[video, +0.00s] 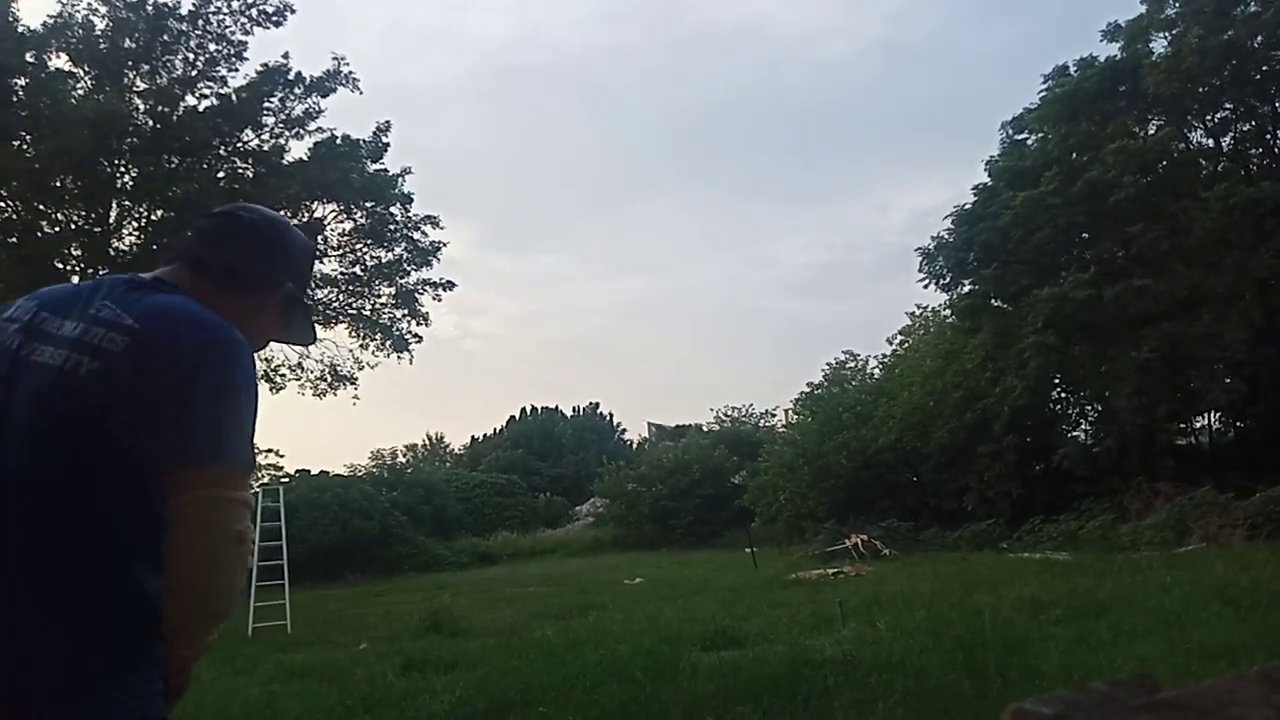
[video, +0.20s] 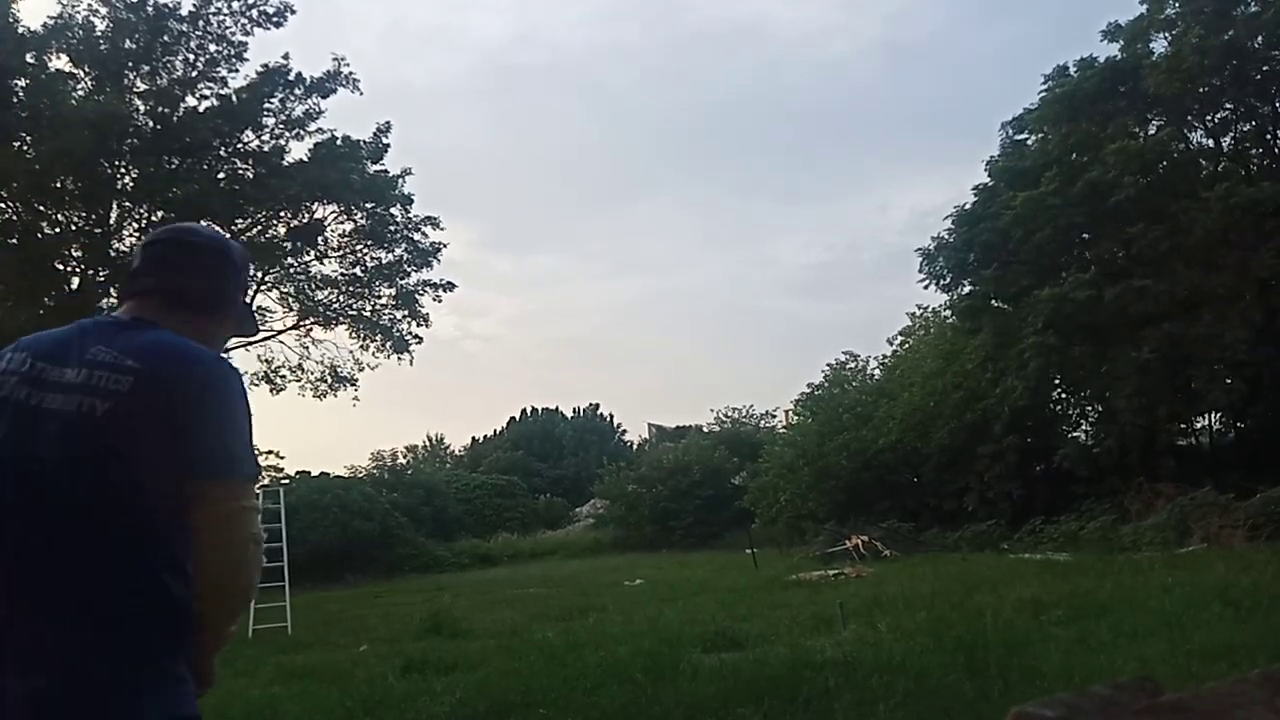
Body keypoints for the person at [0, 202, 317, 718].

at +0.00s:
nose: (269, 342)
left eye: (281, 331)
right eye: (279, 323)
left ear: (194, 258)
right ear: (265, 292)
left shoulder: (34, 306)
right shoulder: (209, 347)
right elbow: (211, 567)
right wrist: (172, 668)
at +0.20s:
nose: (226, 343)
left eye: (233, 333)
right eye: (230, 329)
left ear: (133, 291)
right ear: (217, 311)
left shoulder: (20, 355)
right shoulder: (202, 376)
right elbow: (233, 561)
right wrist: (199, 654)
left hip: (13, 660)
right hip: (132, 675)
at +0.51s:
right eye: (181, 328)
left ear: (81, 325)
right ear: (174, 334)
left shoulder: (11, 392)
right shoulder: (193, 404)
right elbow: (223, 561)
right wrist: (171, 632)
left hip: (19, 661)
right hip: (145, 670)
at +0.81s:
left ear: (110, 366)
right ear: (191, 377)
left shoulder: (33, 439)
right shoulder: (216, 454)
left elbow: (4, 560)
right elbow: (230, 587)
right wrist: (169, 632)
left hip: (39, 672)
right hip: (161, 679)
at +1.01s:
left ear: (148, 387)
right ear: (218, 400)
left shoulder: (79, 441)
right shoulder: (237, 471)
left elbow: (22, 548)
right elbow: (236, 587)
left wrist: (76, 597)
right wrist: (178, 618)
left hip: (73, 661)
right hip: (177, 672)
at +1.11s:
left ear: (150, 380)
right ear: (217, 393)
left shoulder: (87, 433)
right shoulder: (237, 461)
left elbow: (32, 539)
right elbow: (235, 574)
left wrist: (91, 576)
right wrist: (178, 597)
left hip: (81, 649)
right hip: (181, 657)